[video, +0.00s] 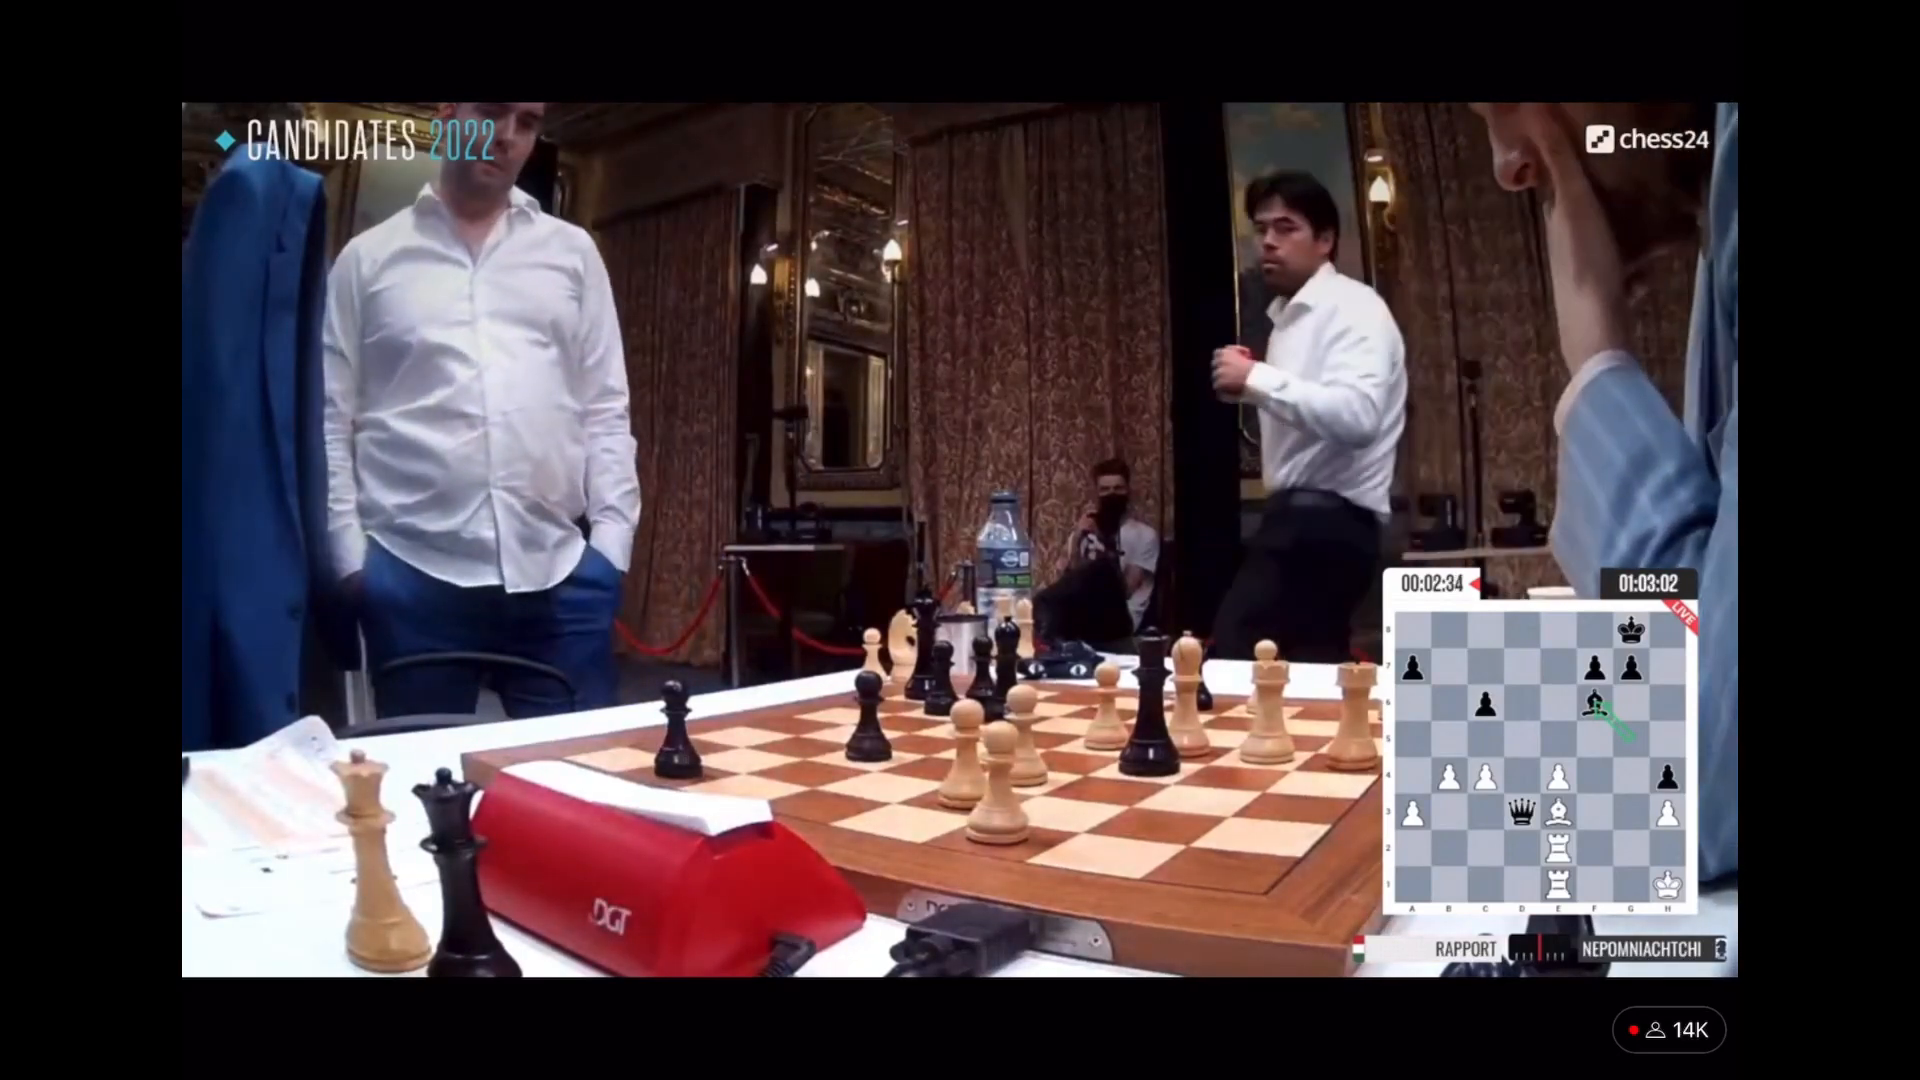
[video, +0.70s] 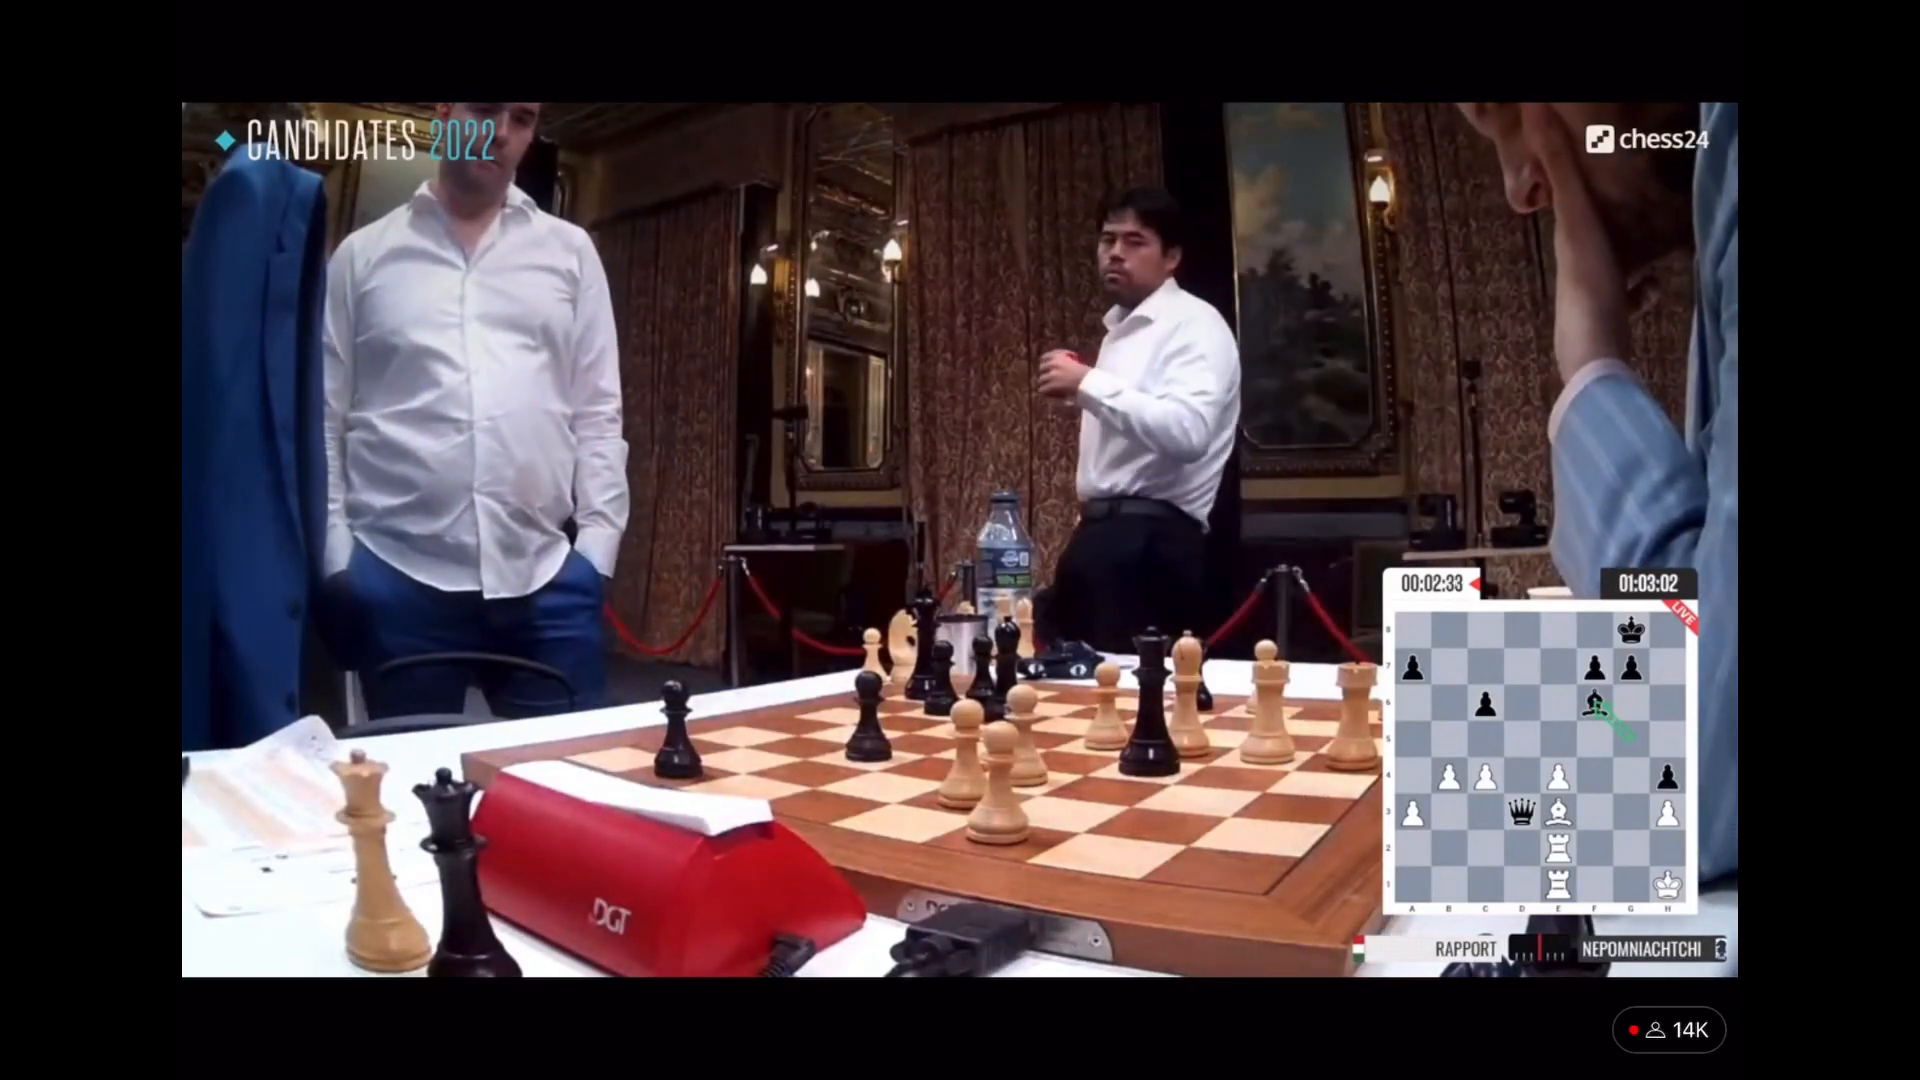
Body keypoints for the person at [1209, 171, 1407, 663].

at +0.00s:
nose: (1268, 243)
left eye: (1286, 229)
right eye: (1262, 230)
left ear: (1325, 241)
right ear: (1255, 237)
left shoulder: (1359, 310)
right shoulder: (1290, 319)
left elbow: (1358, 416)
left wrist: (1257, 379)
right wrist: (1254, 377)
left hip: (1331, 523)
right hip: (1294, 517)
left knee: (1234, 661)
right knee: (1312, 671)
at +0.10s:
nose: (1232, 249)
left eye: (1250, 236)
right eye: (1225, 236)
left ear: (1289, 250)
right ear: (1215, 245)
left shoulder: (1317, 316)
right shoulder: (1256, 322)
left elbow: (1321, 424)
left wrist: (1218, 383)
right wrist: (1216, 381)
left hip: (1290, 537)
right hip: (1251, 531)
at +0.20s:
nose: (1205, 256)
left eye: (1224, 243)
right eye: (1199, 243)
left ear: (1264, 258)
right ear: (1190, 250)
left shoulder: (1288, 324)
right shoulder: (1230, 327)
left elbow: (1292, 431)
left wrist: (1189, 389)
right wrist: (1191, 385)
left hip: (1258, 544)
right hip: (1217, 537)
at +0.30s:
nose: (1172, 257)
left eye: (1191, 244)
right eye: (1167, 243)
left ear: (1232, 258)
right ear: (1158, 250)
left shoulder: (1249, 324)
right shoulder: (1202, 325)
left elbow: (1249, 433)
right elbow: (1212, 420)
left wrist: (1149, 391)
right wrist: (1153, 388)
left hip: (1215, 539)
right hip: (1184, 531)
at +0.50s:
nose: (1136, 254)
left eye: (1156, 241)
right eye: (1131, 240)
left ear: (1195, 255)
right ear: (1120, 247)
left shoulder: (1212, 323)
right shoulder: (1164, 323)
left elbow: (1198, 430)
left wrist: (1105, 384)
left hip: (1176, 537)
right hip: (1140, 531)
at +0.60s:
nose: (1123, 253)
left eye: (1142, 240)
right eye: (1116, 240)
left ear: (1180, 255)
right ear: (1106, 247)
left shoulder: (1204, 325)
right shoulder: (1143, 327)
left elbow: (1188, 429)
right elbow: (1136, 446)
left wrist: (1092, 381)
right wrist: (1098, 513)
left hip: (1162, 537)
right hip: (1120, 531)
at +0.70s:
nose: (1116, 254)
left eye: (1135, 243)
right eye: (1108, 241)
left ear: (1171, 258)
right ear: (1097, 250)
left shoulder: (1200, 327)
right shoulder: (1123, 331)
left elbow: (1187, 432)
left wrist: (1087, 383)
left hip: (1153, 537)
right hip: (1101, 531)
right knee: (1087, 690)